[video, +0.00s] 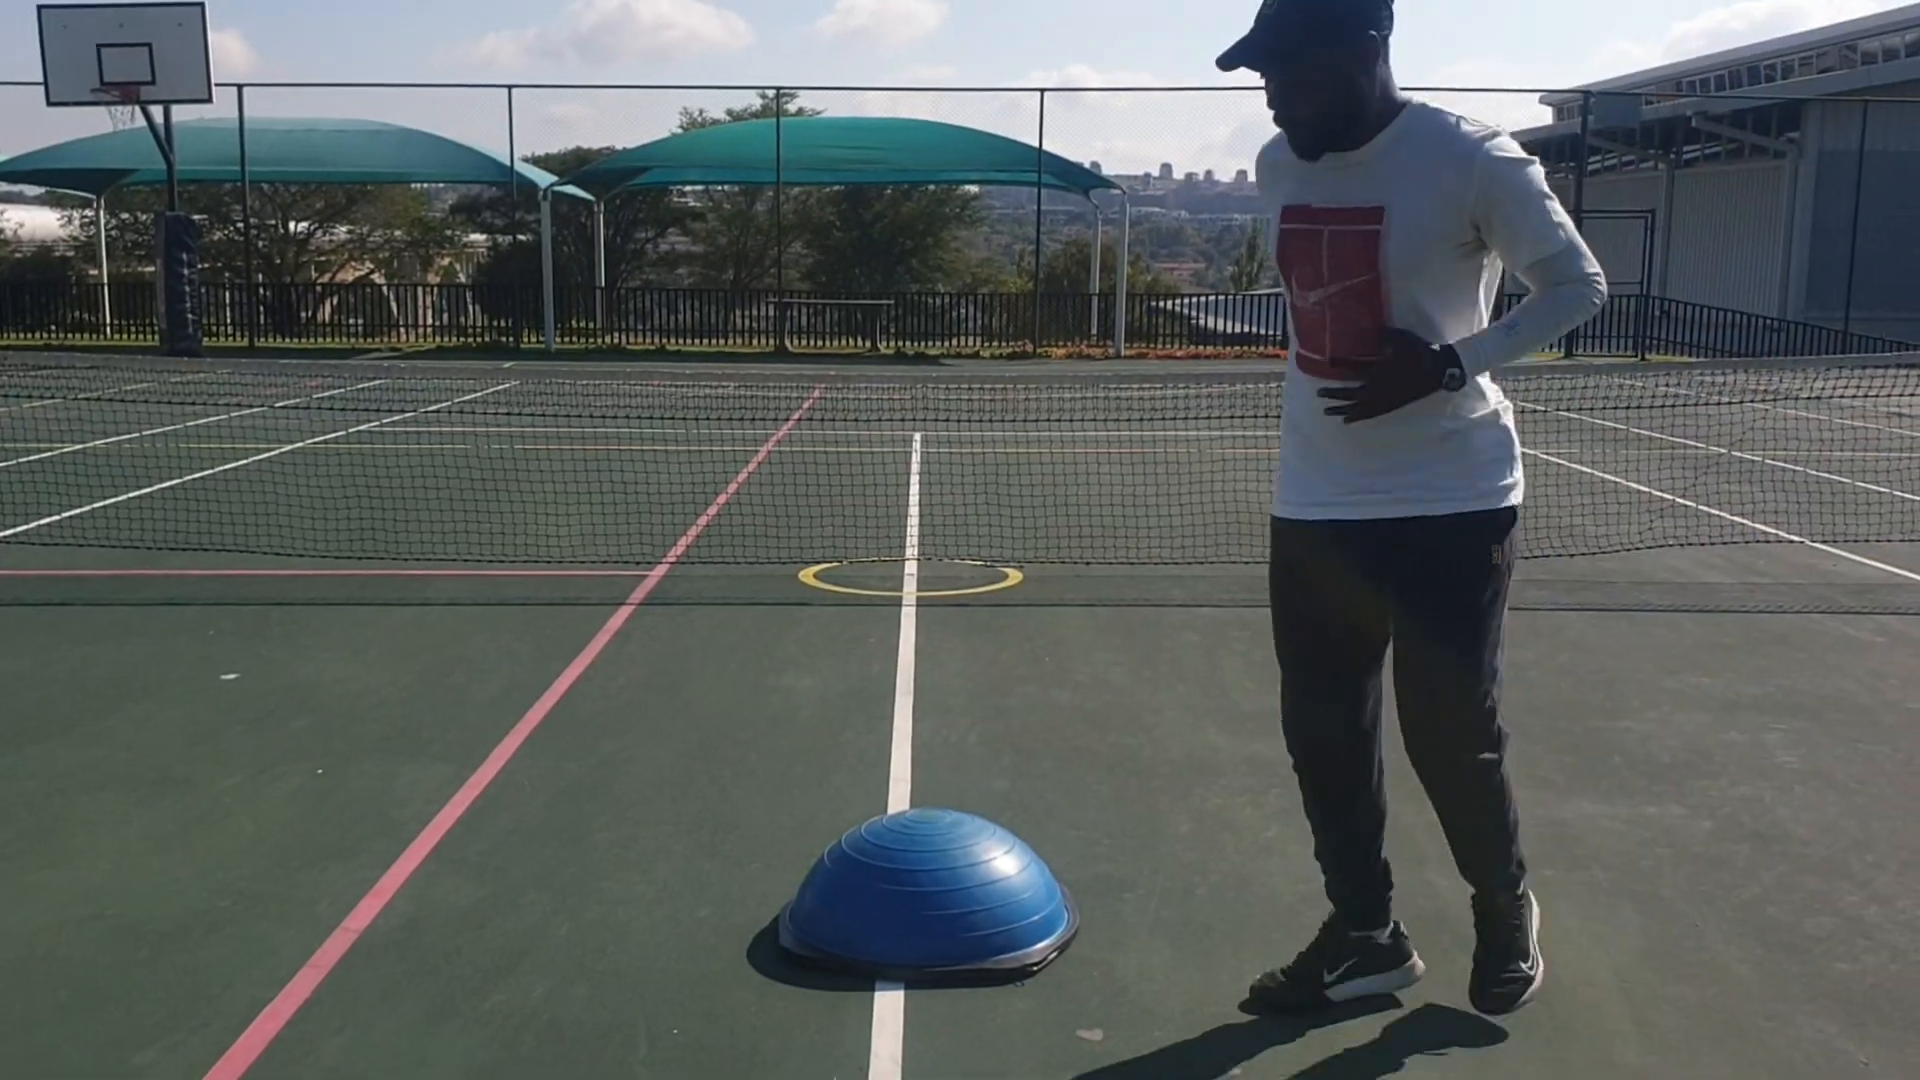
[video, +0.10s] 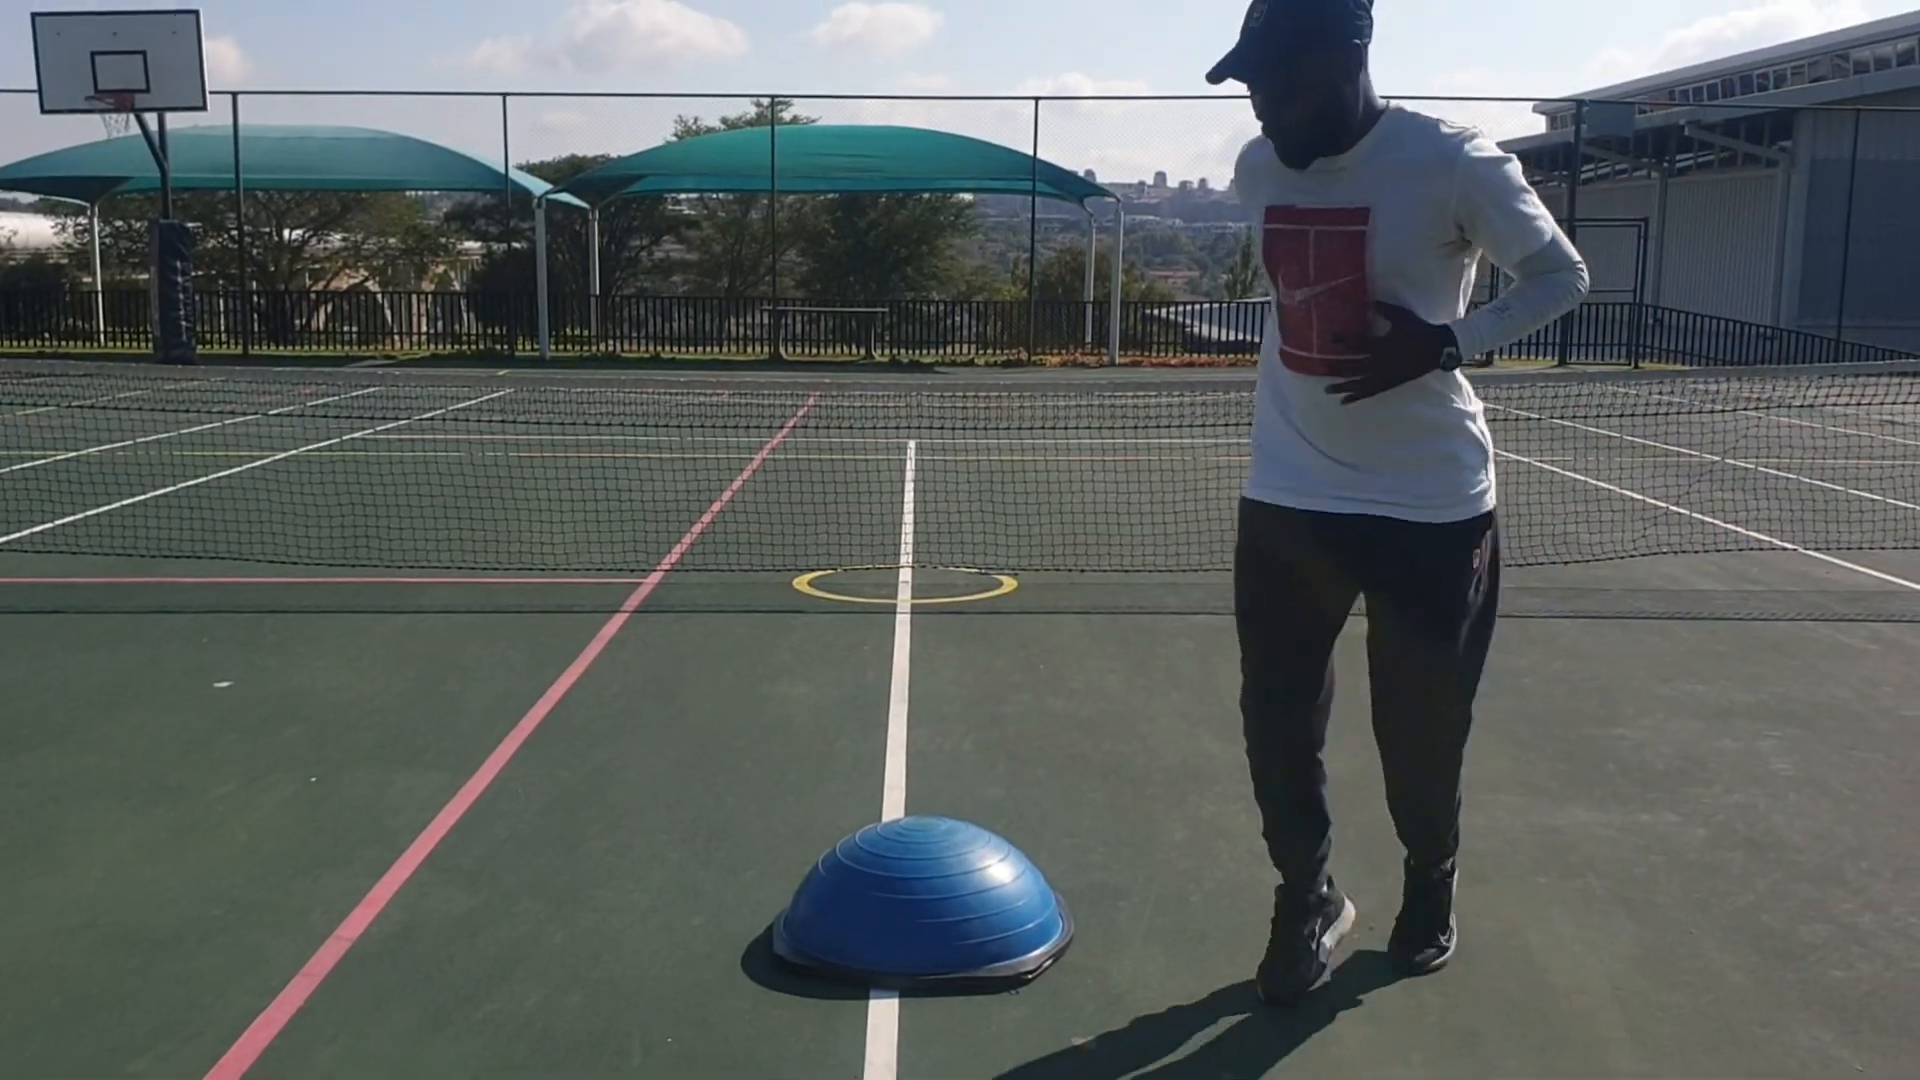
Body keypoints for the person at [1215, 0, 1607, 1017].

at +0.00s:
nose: (1270, 96)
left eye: (1285, 74)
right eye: (1265, 76)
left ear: (1360, 58)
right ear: (1273, 73)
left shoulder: (1469, 161)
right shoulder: (1280, 167)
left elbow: (1577, 284)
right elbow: (1314, 291)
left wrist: (1453, 360)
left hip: (1448, 504)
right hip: (1316, 502)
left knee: (1447, 733)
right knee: (1324, 735)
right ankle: (1364, 933)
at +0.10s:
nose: (1257, 106)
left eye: (1272, 82)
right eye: (1251, 84)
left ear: (1343, 67)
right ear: (1258, 76)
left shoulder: (1453, 163)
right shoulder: (1256, 170)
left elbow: (1560, 276)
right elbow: (1301, 276)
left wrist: (1443, 342)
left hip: (1429, 505)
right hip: (1291, 490)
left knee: (1420, 732)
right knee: (1276, 719)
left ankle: (1429, 883)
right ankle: (1305, 901)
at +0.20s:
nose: (1237, 150)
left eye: (1252, 130)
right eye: (1234, 130)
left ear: (1323, 119)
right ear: (1254, 122)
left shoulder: (1435, 213)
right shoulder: (1238, 226)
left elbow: (1536, 316)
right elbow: (1257, 358)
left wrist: (1452, 409)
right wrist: (1236, 470)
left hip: (1399, 533)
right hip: (1264, 515)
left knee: (1411, 739)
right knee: (1218, 716)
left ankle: (1422, 901)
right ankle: (1227, 843)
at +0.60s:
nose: (1141, 139)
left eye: (1162, 120)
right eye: (1130, 117)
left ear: (1214, 107)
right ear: (1118, 104)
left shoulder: (1285, 183)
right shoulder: (1093, 189)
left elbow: (1361, 233)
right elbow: (1069, 268)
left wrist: (1304, 318)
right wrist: (1052, 377)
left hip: (1237, 462)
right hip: (1119, 452)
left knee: (1228, 662)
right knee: (1101, 643)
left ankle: (1224, 830)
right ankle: (1094, 778)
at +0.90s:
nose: (1028, 142)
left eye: (1050, 124)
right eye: (1015, 122)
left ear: (1089, 113)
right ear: (996, 109)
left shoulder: (1142, 201)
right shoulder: (952, 190)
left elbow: (1215, 270)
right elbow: (910, 264)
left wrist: (1167, 350)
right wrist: (871, 349)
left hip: (1091, 472)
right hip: (971, 462)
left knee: (1137, 665)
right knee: (940, 652)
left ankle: (1191, 838)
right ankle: (921, 830)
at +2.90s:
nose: (854, 197)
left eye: (869, 175)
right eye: (833, 178)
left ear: (891, 162)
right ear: (797, 172)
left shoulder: (943, 248)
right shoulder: (750, 263)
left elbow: (1037, 304)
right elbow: (721, 344)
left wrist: (999, 349)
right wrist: (724, 408)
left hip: (901, 506)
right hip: (776, 514)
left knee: (919, 687)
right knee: (716, 714)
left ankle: (889, 824)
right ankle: (641, 896)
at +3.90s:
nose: (854, 116)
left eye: (871, 95)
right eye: (835, 96)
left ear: (898, 74)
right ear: (802, 74)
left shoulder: (950, 157)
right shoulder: (747, 161)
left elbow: (1013, 191)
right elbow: (711, 208)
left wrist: (976, 277)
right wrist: (729, 305)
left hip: (907, 421)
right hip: (781, 416)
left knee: (922, 616)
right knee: (730, 618)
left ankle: (862, 790)